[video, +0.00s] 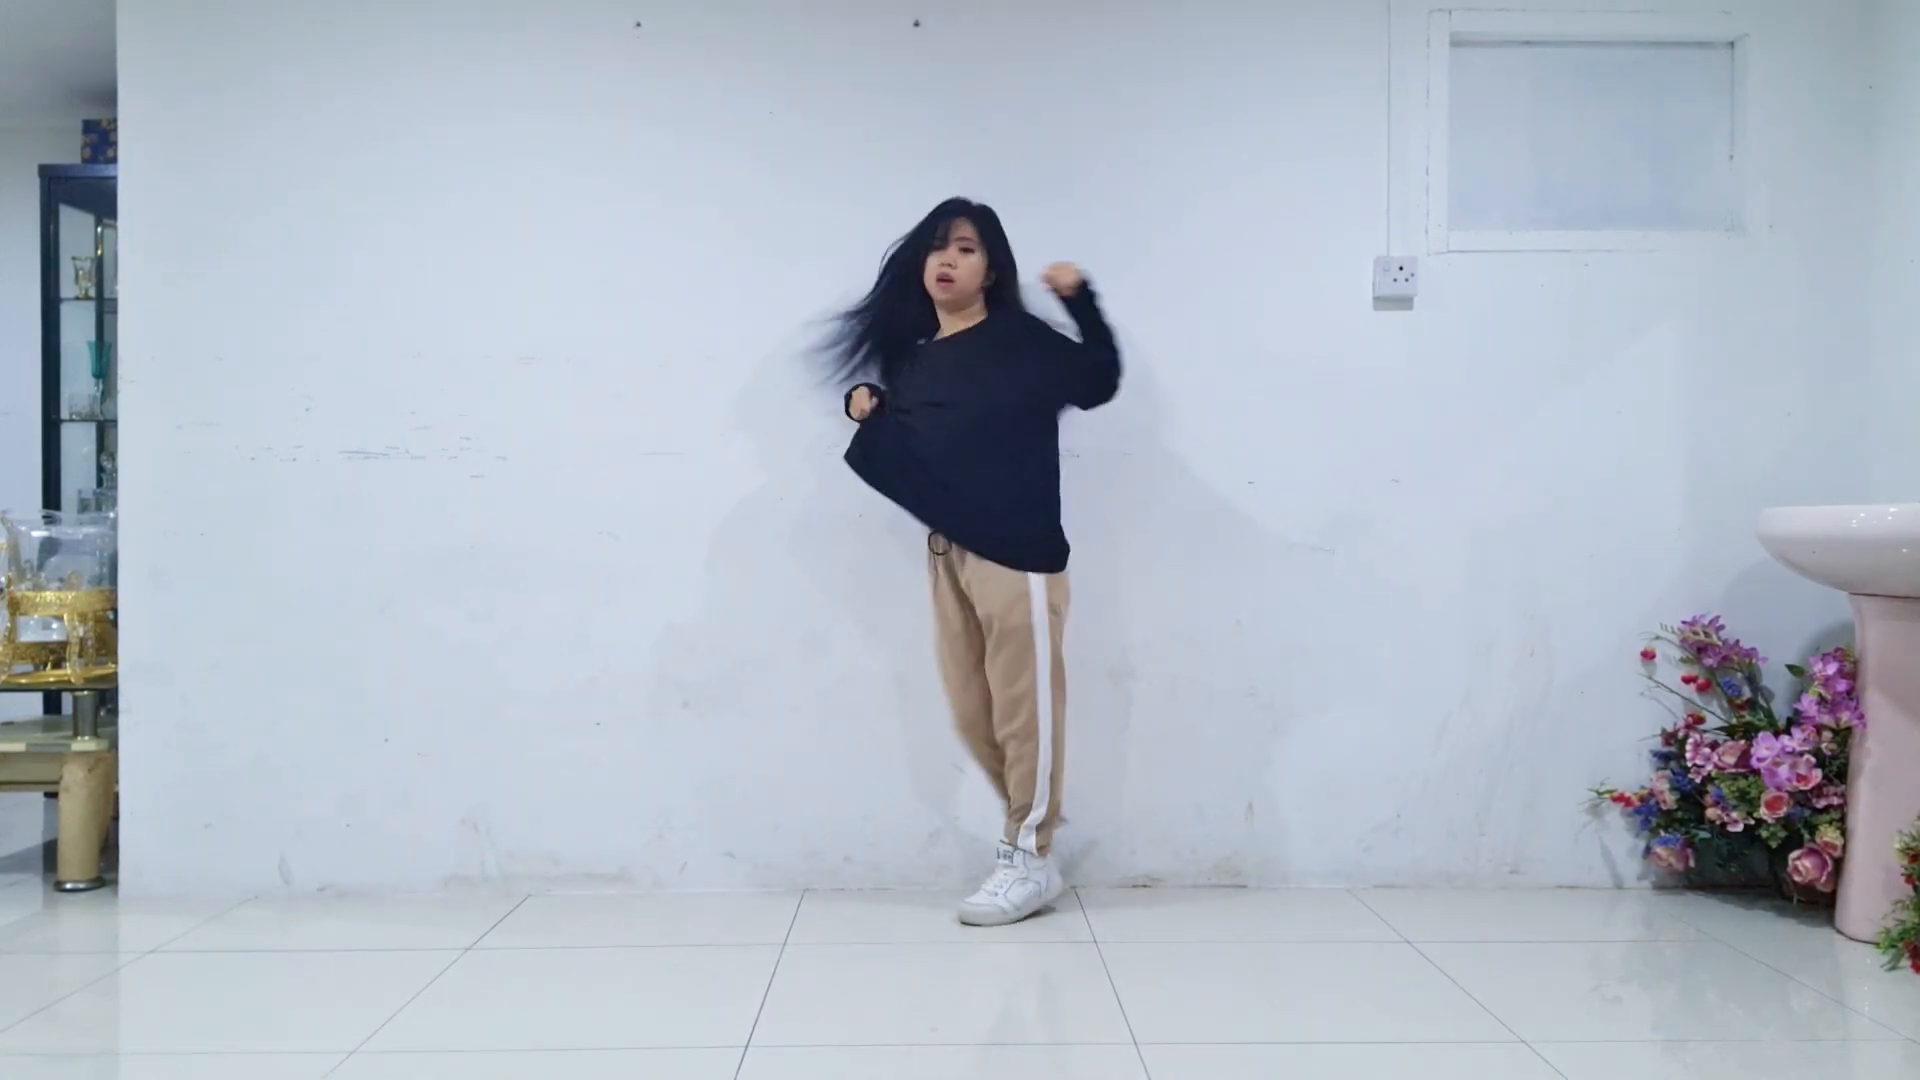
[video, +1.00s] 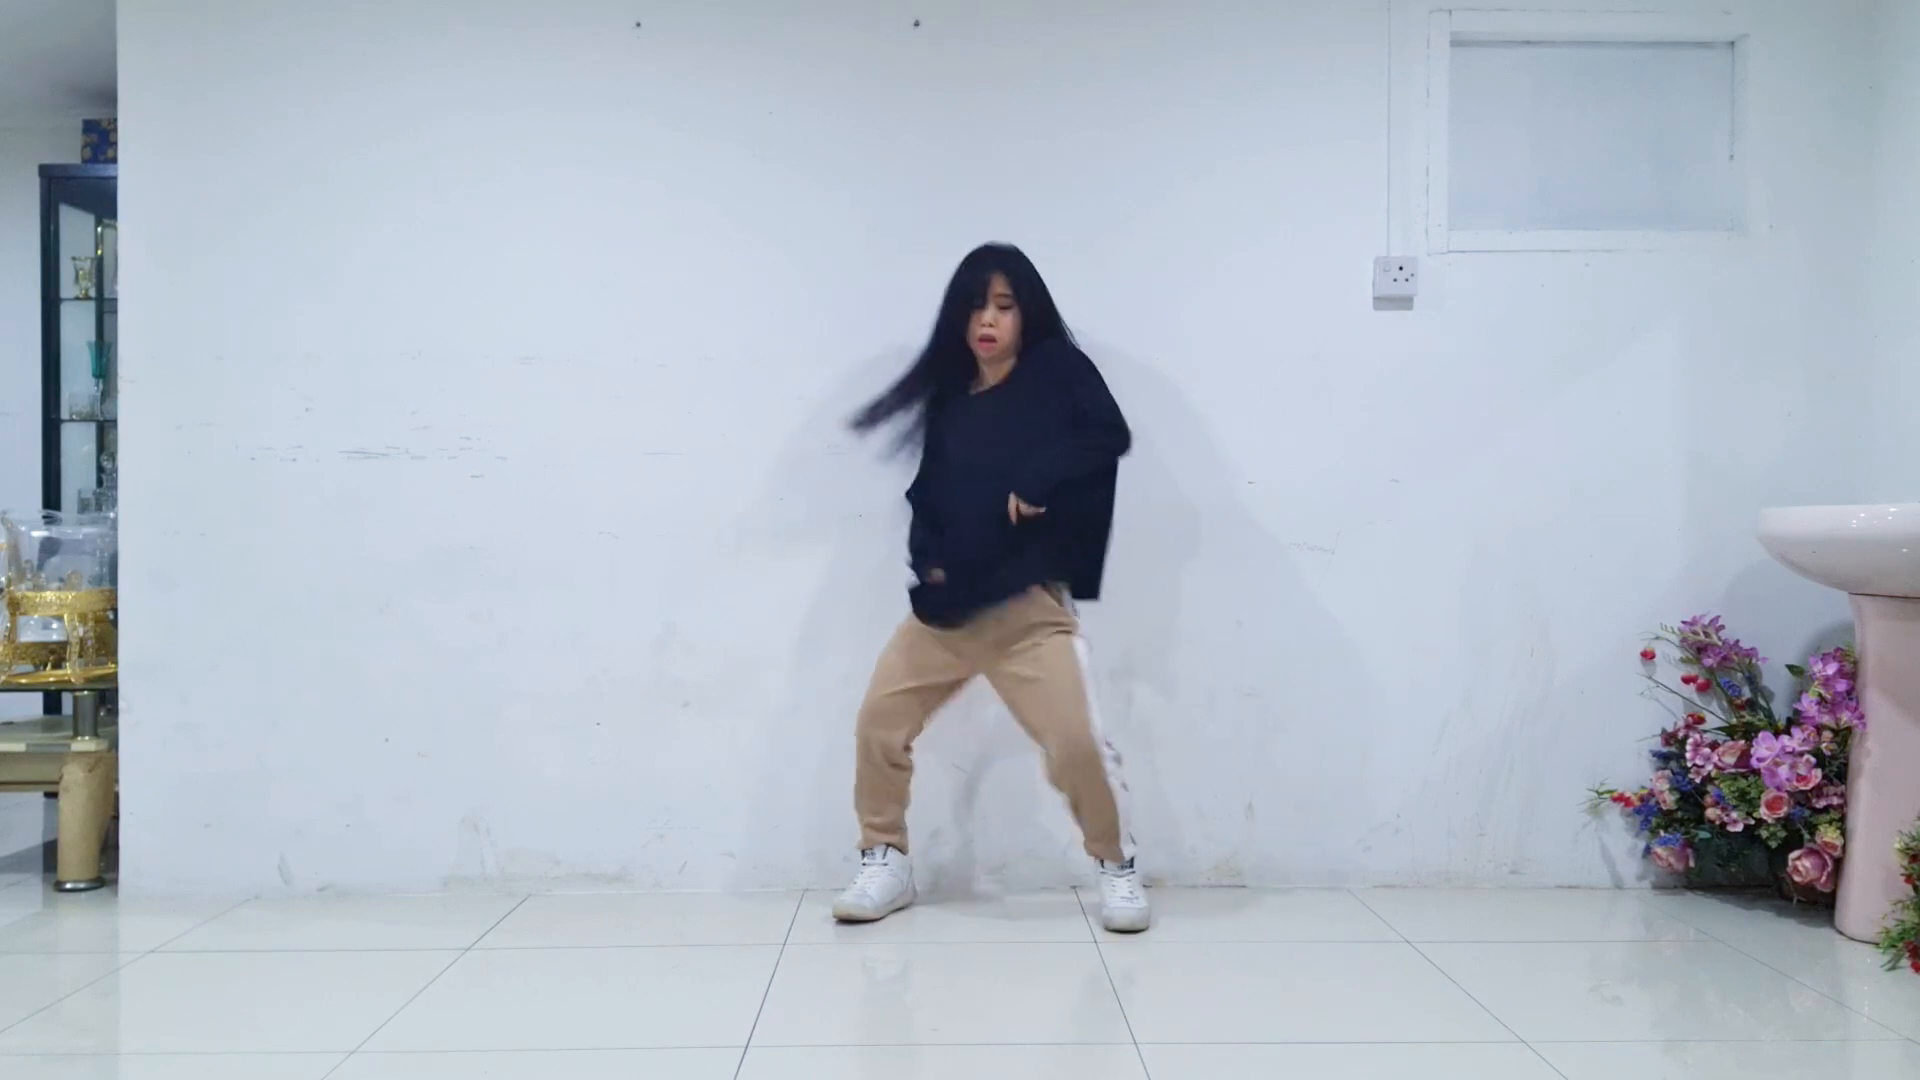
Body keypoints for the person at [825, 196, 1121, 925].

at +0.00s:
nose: (946, 258)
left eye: (965, 247)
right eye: (936, 246)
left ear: (991, 265)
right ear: (919, 263)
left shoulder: (1024, 341)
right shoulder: (915, 360)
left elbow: (1099, 381)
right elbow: (909, 445)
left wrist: (1080, 303)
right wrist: (869, 413)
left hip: (1021, 554)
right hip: (948, 552)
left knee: (1023, 710)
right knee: (972, 715)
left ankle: (1031, 861)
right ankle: (1036, 831)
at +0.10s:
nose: (958, 266)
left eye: (975, 254)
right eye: (945, 254)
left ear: (999, 271)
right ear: (927, 271)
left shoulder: (1034, 353)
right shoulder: (909, 363)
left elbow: (1115, 381)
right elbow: (901, 461)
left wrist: (1122, 308)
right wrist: (872, 421)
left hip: (1019, 560)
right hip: (940, 557)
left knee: (1020, 715)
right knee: (932, 721)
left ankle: (1030, 864)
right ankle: (1003, 820)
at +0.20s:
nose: (962, 279)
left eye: (978, 265)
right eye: (949, 266)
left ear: (1001, 279)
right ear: (931, 281)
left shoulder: (1047, 359)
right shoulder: (909, 369)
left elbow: (1135, 332)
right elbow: (861, 398)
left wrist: (1216, 295)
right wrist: (862, 415)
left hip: (1017, 565)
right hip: (935, 561)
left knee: (1016, 724)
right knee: (902, 725)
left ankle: (1026, 866)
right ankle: (924, 848)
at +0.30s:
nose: (959, 286)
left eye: (974, 271)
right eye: (945, 274)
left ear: (997, 283)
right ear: (926, 287)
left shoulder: (1032, 375)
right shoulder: (907, 372)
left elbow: (1114, 398)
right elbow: (865, 403)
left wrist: (1171, 359)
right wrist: (865, 423)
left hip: (1010, 578)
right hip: (926, 571)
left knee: (1008, 727)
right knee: (890, 728)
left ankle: (1026, 866)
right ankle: (893, 862)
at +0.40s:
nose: (949, 296)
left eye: (962, 280)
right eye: (935, 283)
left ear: (988, 289)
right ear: (916, 295)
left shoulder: (1017, 385)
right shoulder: (893, 373)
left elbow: (1051, 476)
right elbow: (858, 437)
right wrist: (864, 456)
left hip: (999, 587)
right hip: (914, 582)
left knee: (998, 730)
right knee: (888, 728)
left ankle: (1023, 867)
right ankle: (891, 863)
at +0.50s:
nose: (934, 303)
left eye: (948, 286)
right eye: (920, 290)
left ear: (974, 289)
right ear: (904, 298)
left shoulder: (1005, 372)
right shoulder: (886, 370)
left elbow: (1028, 473)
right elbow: (858, 458)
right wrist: (864, 506)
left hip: (1003, 591)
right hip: (911, 593)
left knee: (1030, 716)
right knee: (886, 732)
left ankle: (1022, 847)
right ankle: (891, 862)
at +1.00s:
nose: (987, 320)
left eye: (1004, 307)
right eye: (975, 306)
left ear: (1029, 318)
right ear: (959, 316)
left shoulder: (1057, 372)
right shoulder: (950, 398)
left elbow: (1109, 438)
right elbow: (927, 493)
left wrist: (1037, 488)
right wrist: (928, 561)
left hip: (1027, 608)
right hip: (942, 611)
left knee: (1073, 745)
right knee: (880, 724)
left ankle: (1114, 870)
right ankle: (885, 862)